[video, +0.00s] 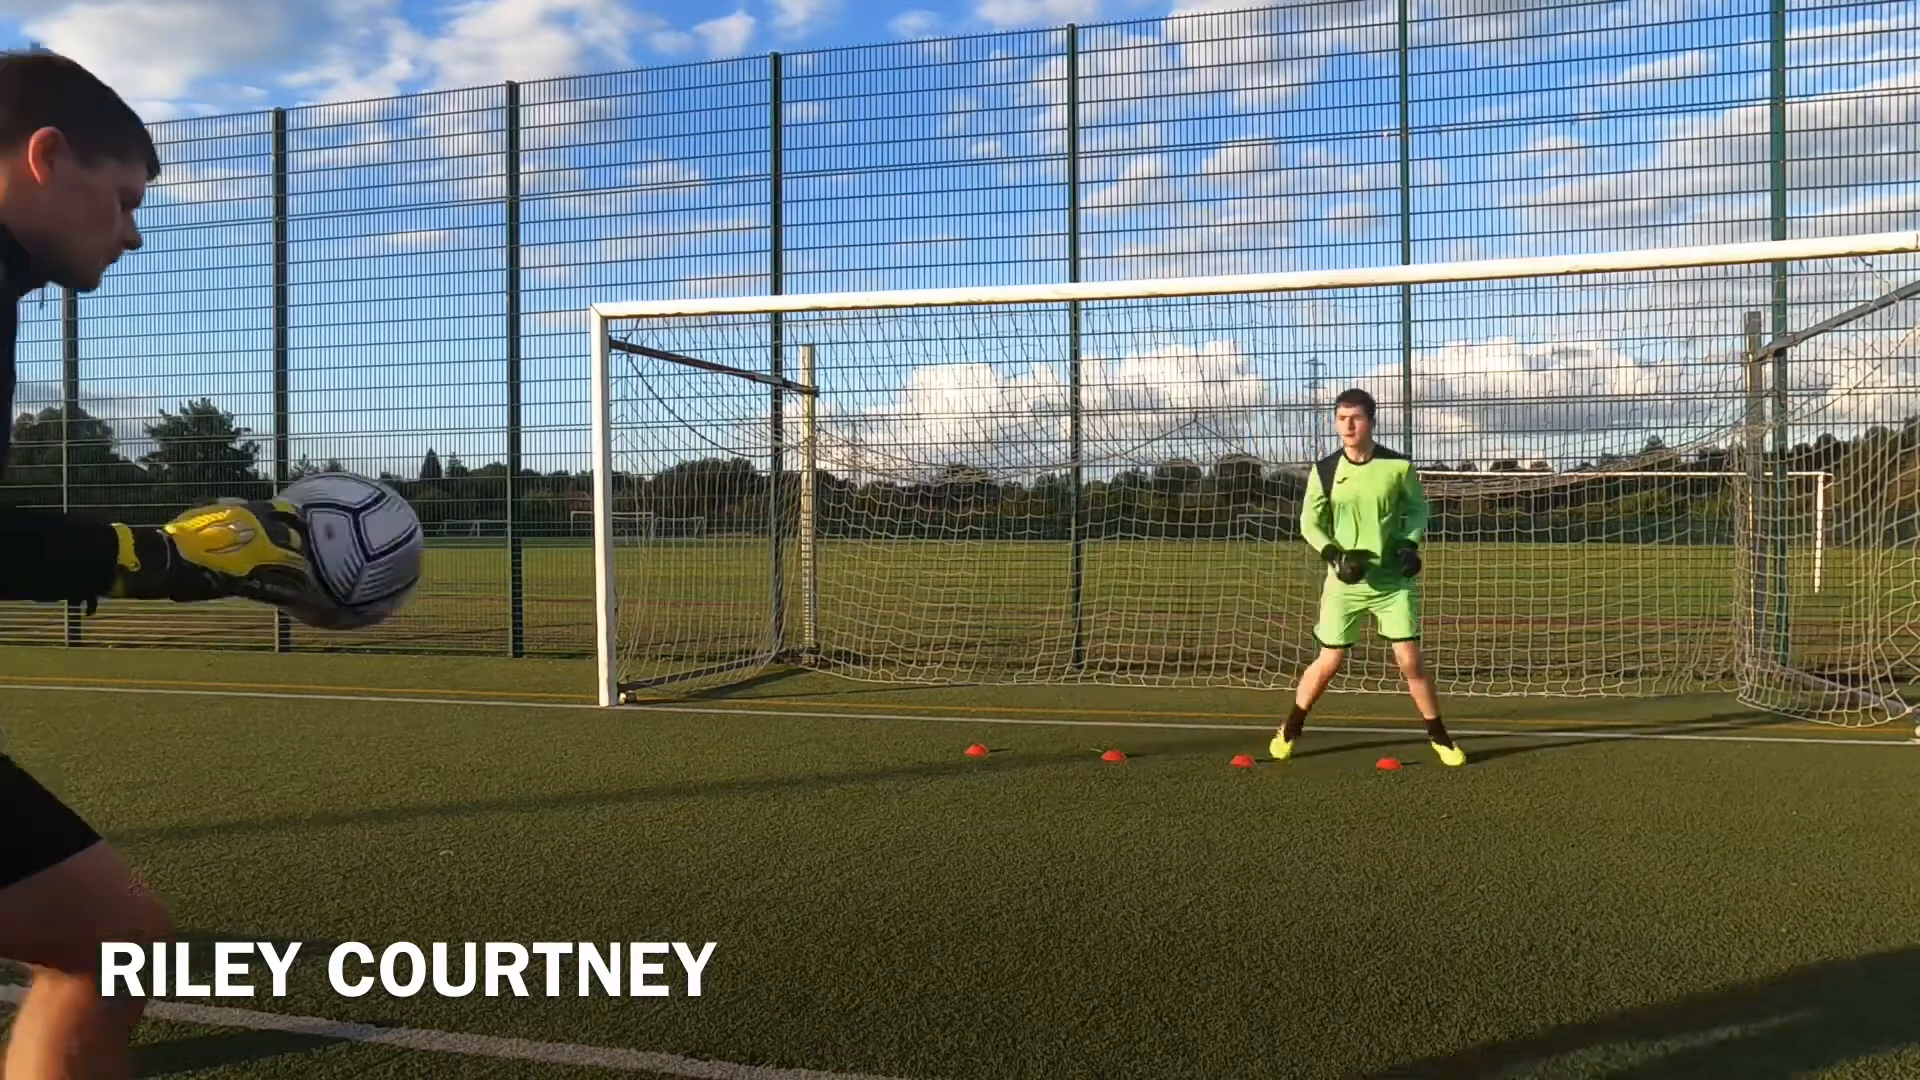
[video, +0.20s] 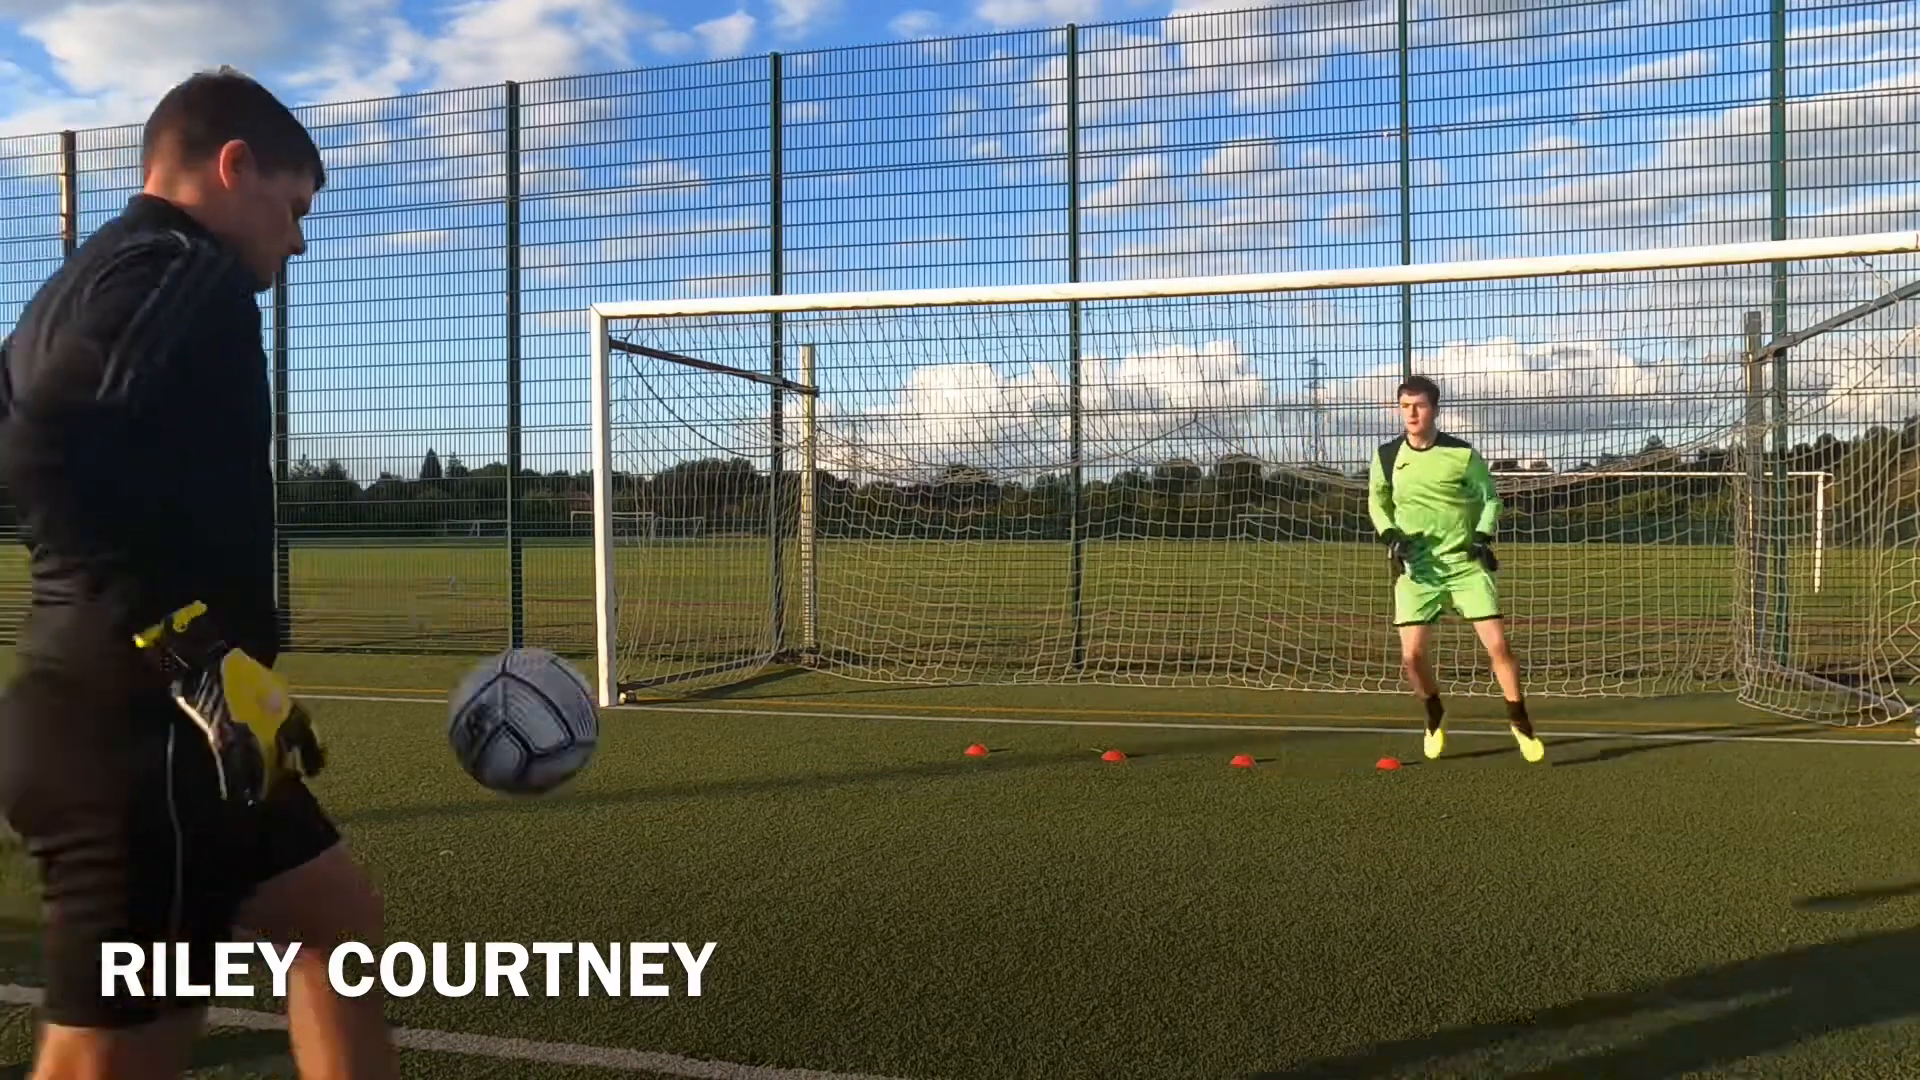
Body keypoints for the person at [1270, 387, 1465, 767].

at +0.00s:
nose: (1348, 426)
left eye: (1356, 418)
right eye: (1342, 419)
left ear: (1372, 421)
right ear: (1335, 424)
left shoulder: (1400, 467)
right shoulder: (1323, 471)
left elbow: (1417, 512)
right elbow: (1309, 523)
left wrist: (1410, 544)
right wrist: (1334, 556)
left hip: (1394, 583)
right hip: (1343, 584)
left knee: (1411, 663)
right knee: (1330, 662)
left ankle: (1440, 737)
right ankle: (1289, 731)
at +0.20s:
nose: (1413, 414)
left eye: (1421, 406)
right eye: (1407, 407)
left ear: (1435, 409)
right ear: (1399, 411)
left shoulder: (1464, 455)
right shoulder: (1385, 457)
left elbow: (1491, 499)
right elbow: (1376, 502)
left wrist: (1483, 534)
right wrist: (1391, 535)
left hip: (1466, 566)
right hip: (1416, 571)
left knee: (1499, 644)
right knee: (1412, 657)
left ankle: (1520, 721)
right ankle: (1434, 714)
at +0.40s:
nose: (1467, 441)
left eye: (1475, 434)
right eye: (1461, 435)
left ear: (1491, 438)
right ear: (1455, 440)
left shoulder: (1518, 483)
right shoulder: (1447, 490)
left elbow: (1543, 535)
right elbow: (1447, 541)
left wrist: (1534, 557)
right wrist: (1444, 562)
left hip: (1528, 597)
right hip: (1479, 601)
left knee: (1568, 676)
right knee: (1462, 680)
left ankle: (1609, 749)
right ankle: (1464, 736)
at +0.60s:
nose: (1505, 420)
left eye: (1513, 413)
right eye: (1499, 414)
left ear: (1528, 419)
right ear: (1490, 420)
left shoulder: (1547, 464)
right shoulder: (1477, 467)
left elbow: (1554, 524)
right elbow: (1453, 513)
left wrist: (1540, 496)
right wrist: (1459, 482)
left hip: (1548, 586)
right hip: (1497, 589)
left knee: (1578, 669)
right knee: (1478, 671)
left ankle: (1609, 747)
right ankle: (1465, 739)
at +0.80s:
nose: (1535, 416)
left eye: (1544, 409)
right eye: (1529, 409)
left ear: (1556, 411)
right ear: (1518, 411)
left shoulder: (1563, 462)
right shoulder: (1505, 454)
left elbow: (1571, 503)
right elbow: (1486, 455)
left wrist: (1571, 452)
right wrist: (1526, 437)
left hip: (1548, 583)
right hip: (1497, 582)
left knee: (1578, 665)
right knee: (1477, 665)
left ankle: (1609, 748)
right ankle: (1462, 738)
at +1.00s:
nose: (1516, 423)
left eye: (1523, 415)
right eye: (1510, 417)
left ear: (1541, 414)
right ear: (1505, 420)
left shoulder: (1564, 461)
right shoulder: (1496, 458)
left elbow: (1572, 528)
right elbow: (1478, 521)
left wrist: (1543, 511)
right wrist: (1483, 504)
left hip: (1557, 583)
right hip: (1508, 581)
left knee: (1580, 666)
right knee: (1481, 657)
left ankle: (1609, 749)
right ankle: (1468, 738)